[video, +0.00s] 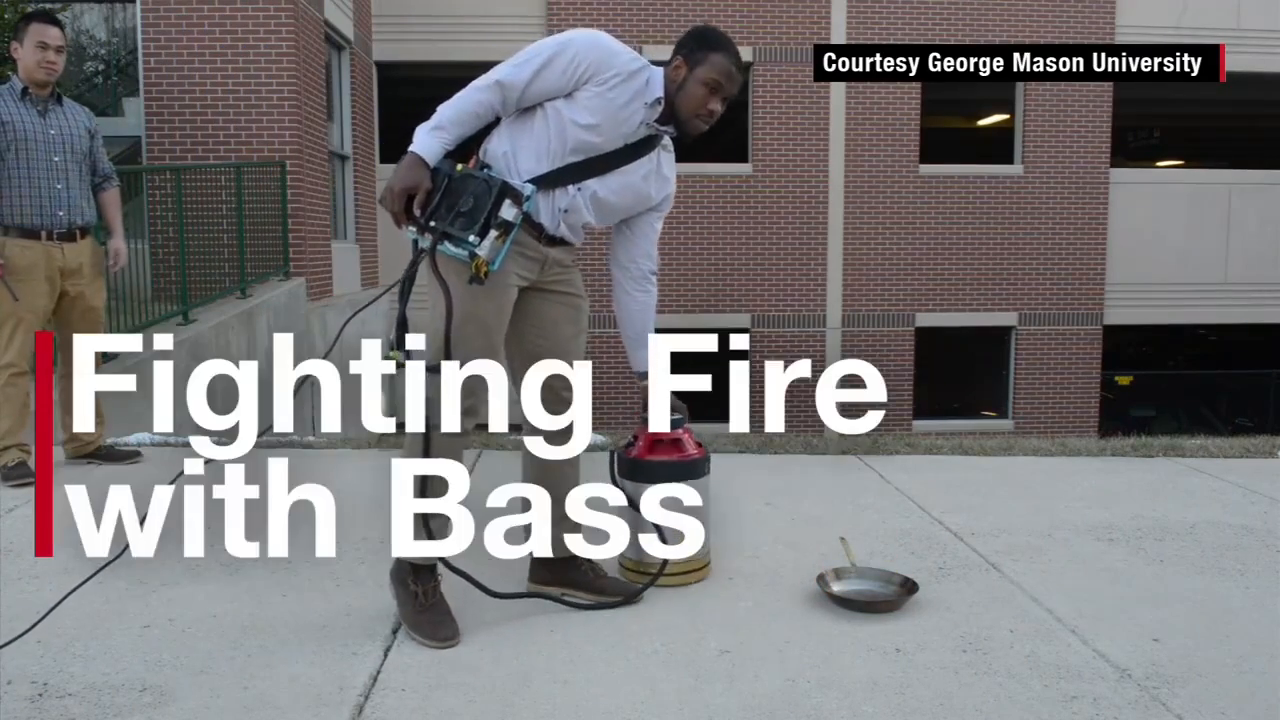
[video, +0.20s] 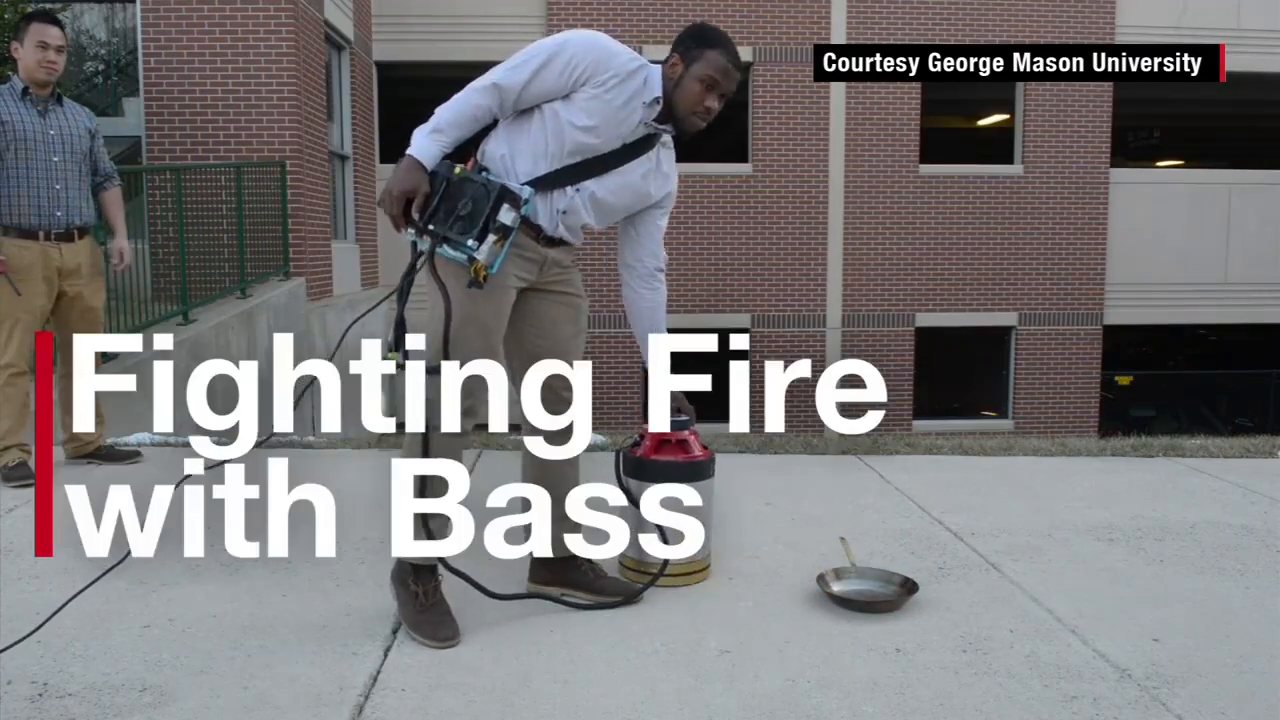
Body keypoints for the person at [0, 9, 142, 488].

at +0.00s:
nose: (52, 58)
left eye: (60, 51)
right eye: (42, 48)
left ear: (66, 60)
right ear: (16, 51)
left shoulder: (81, 116)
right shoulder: (3, 105)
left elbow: (104, 178)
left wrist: (117, 234)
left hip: (82, 249)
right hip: (21, 250)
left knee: (85, 351)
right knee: (17, 358)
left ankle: (86, 442)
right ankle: (13, 452)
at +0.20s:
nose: (53, 57)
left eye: (60, 51)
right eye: (43, 47)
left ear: (67, 60)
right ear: (16, 51)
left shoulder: (82, 117)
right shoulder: (3, 105)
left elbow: (105, 178)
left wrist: (120, 233)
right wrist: (1, 248)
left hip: (81, 249)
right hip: (19, 250)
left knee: (85, 352)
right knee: (16, 359)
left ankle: (86, 442)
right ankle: (13, 452)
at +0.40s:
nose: (53, 57)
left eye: (60, 51)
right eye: (43, 47)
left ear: (66, 60)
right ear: (16, 51)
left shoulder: (81, 117)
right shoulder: (3, 105)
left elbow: (104, 179)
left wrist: (118, 234)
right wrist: (1, 248)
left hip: (80, 249)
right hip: (19, 250)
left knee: (84, 352)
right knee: (15, 359)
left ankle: (86, 442)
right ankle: (13, 453)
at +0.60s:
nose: (51, 57)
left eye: (58, 51)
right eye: (41, 47)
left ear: (64, 60)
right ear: (15, 52)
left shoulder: (80, 116)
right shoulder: (3, 105)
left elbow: (102, 180)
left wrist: (113, 235)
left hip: (79, 249)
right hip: (19, 251)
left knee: (84, 353)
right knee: (15, 360)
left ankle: (86, 442)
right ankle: (13, 453)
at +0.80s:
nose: (50, 57)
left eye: (57, 51)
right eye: (39, 47)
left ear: (63, 60)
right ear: (14, 52)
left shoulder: (79, 116)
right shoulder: (3, 105)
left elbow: (101, 180)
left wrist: (113, 235)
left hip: (79, 249)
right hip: (18, 250)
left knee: (84, 352)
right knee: (15, 360)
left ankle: (86, 442)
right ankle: (13, 453)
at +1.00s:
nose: (49, 57)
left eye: (57, 50)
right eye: (39, 47)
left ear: (63, 59)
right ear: (14, 52)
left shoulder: (78, 116)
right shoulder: (3, 105)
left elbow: (101, 179)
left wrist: (114, 235)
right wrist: (1, 249)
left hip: (79, 249)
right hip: (18, 250)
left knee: (84, 353)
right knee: (16, 360)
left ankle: (87, 442)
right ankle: (14, 453)